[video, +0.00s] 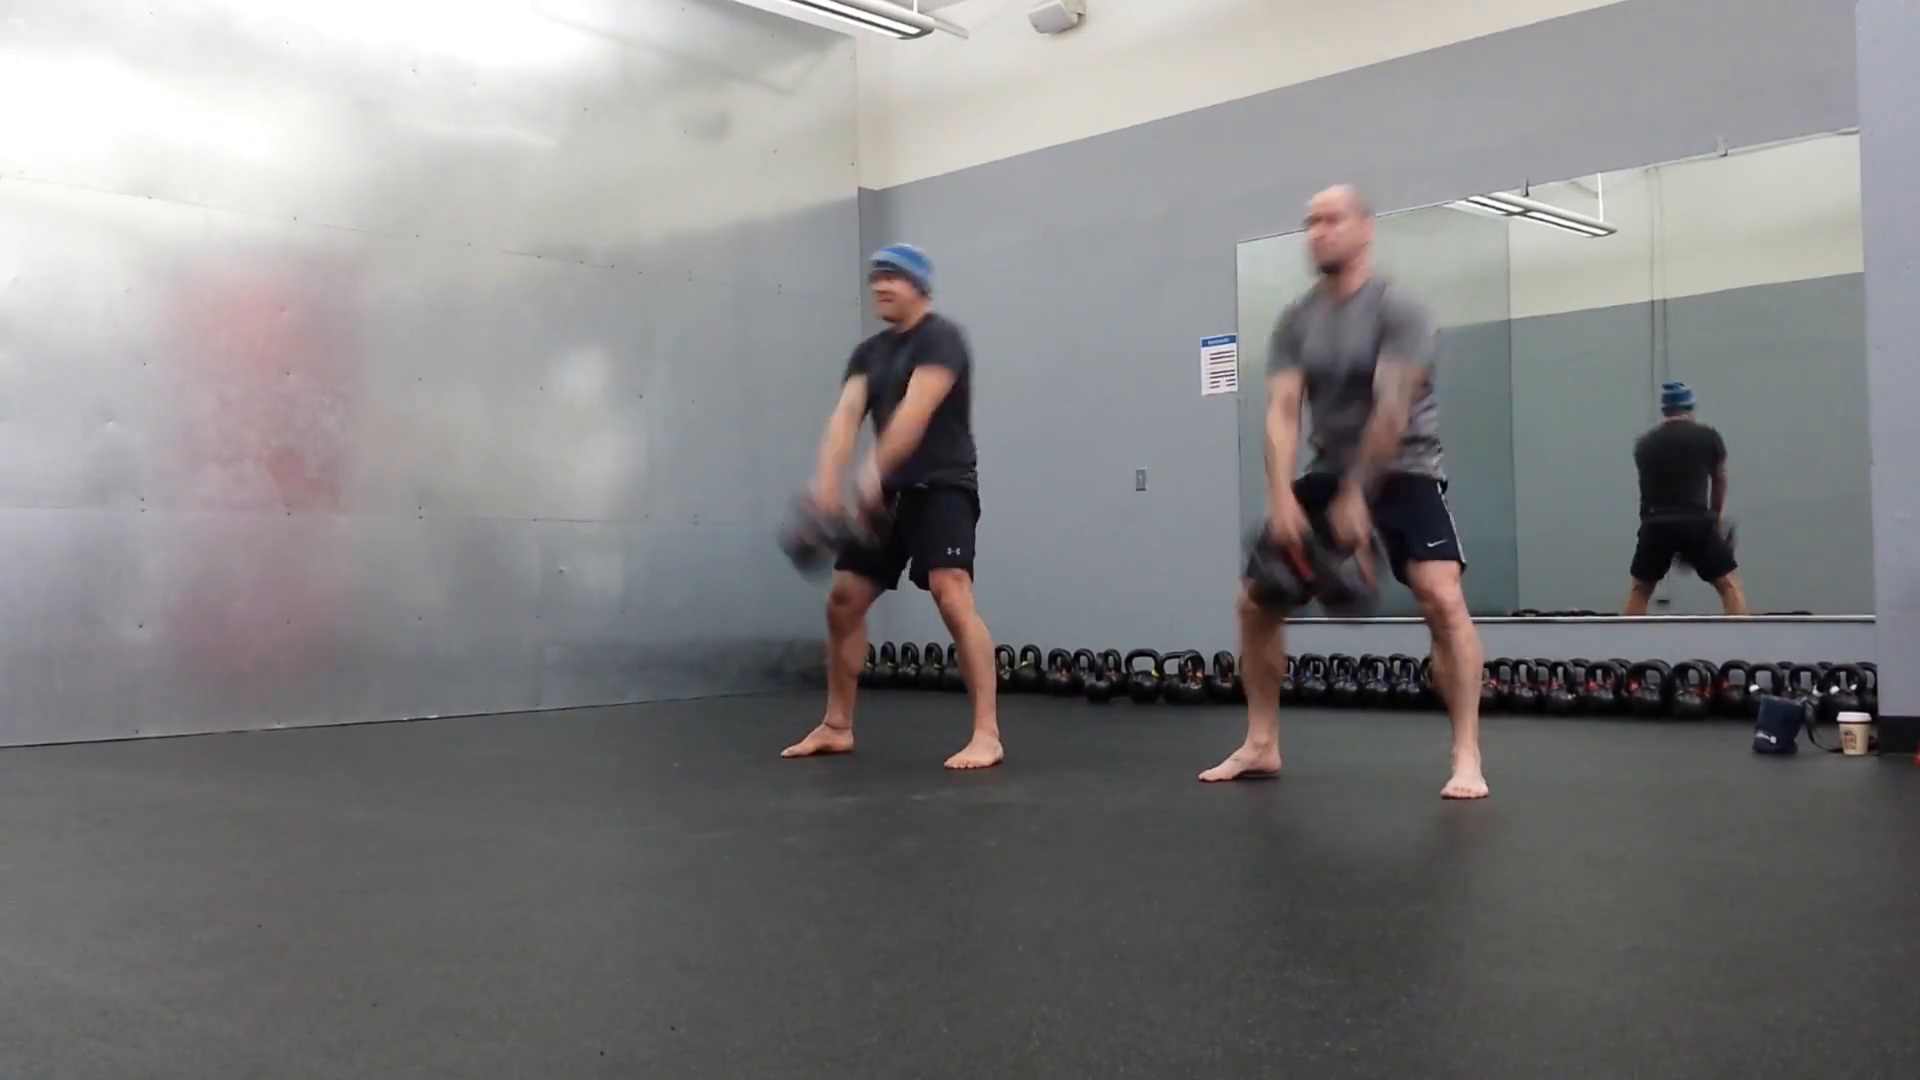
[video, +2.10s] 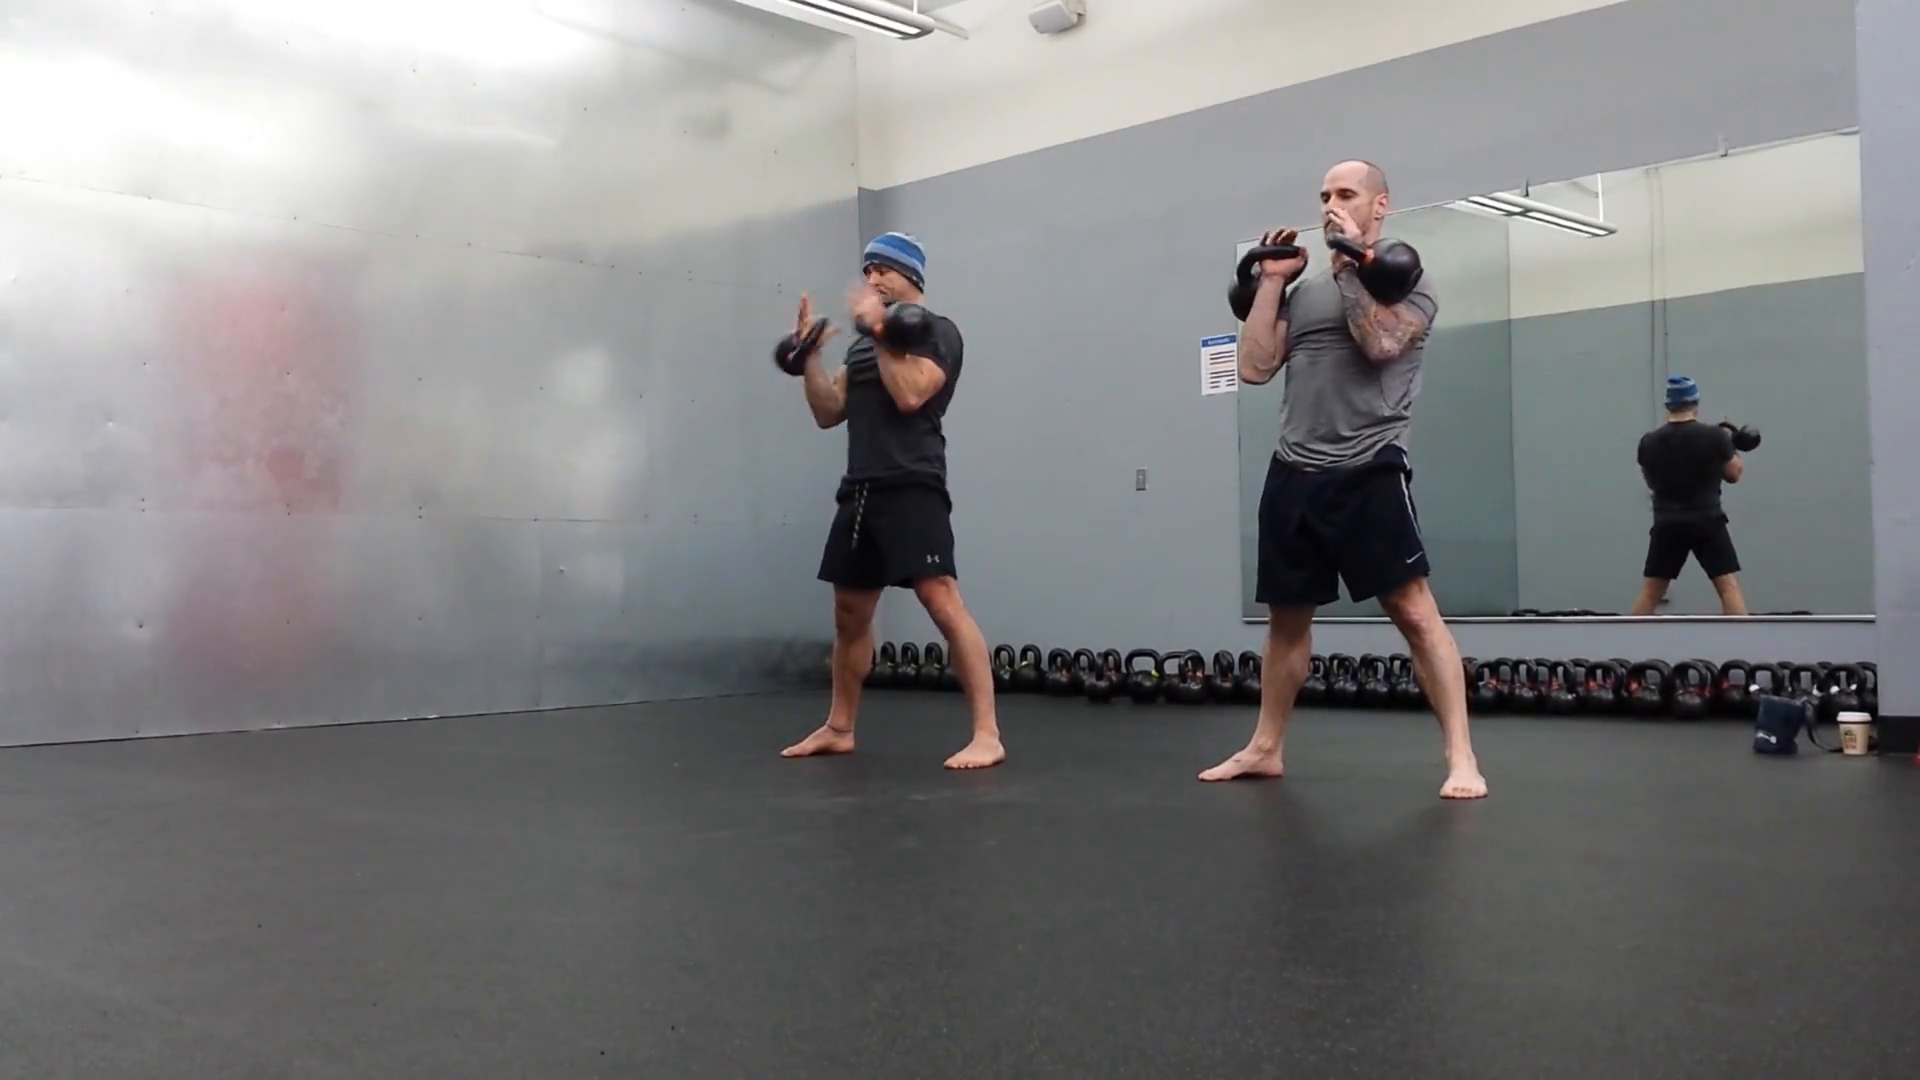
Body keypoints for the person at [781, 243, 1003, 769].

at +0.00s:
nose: (880, 290)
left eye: (891, 281)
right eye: (876, 282)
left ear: (920, 287)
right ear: (873, 292)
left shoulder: (943, 340)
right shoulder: (870, 351)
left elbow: (913, 415)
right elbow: (845, 417)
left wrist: (873, 476)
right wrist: (827, 483)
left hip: (943, 489)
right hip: (888, 491)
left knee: (951, 594)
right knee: (844, 602)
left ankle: (986, 734)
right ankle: (837, 725)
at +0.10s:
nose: (903, 293)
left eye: (912, 283)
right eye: (900, 285)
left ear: (942, 288)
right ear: (902, 293)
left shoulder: (972, 332)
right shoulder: (897, 345)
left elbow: (935, 379)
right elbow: (855, 385)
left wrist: (871, 383)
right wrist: (803, 404)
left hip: (938, 491)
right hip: (885, 490)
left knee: (952, 600)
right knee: (852, 607)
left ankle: (986, 736)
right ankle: (838, 726)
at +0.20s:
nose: (896, 292)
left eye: (905, 281)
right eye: (893, 285)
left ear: (934, 286)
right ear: (897, 294)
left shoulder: (969, 335)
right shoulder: (890, 349)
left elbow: (945, 368)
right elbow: (830, 388)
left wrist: (877, 329)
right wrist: (806, 345)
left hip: (925, 490)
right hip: (870, 490)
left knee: (947, 604)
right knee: (853, 612)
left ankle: (986, 736)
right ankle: (838, 727)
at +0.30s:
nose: (878, 284)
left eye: (888, 275)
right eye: (875, 276)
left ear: (919, 279)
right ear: (875, 283)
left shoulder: (948, 335)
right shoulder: (868, 336)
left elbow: (927, 299)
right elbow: (803, 320)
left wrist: (876, 248)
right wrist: (790, 276)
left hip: (915, 490)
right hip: (858, 493)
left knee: (943, 604)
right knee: (850, 614)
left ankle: (987, 736)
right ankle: (839, 728)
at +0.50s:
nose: (844, 278)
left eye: (854, 269)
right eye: (842, 270)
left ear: (885, 275)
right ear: (841, 280)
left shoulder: (911, 318)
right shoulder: (840, 324)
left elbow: (910, 232)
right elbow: (812, 251)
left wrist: (901, 157)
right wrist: (821, 180)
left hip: (899, 486)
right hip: (843, 490)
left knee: (939, 609)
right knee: (848, 619)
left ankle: (986, 737)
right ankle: (840, 729)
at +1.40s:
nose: (889, 277)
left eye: (900, 268)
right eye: (884, 270)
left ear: (921, 278)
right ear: (878, 280)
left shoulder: (944, 336)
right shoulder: (867, 340)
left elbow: (927, 321)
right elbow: (800, 339)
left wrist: (917, 259)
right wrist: (819, 275)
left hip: (912, 489)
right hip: (856, 491)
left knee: (943, 607)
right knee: (852, 618)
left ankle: (986, 736)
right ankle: (839, 728)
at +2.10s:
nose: (868, 279)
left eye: (878, 270)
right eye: (866, 272)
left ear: (908, 277)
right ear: (869, 281)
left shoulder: (937, 331)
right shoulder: (863, 344)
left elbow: (912, 394)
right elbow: (829, 413)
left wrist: (878, 332)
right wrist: (810, 359)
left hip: (914, 491)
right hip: (859, 492)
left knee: (944, 605)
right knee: (850, 615)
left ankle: (987, 736)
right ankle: (839, 727)